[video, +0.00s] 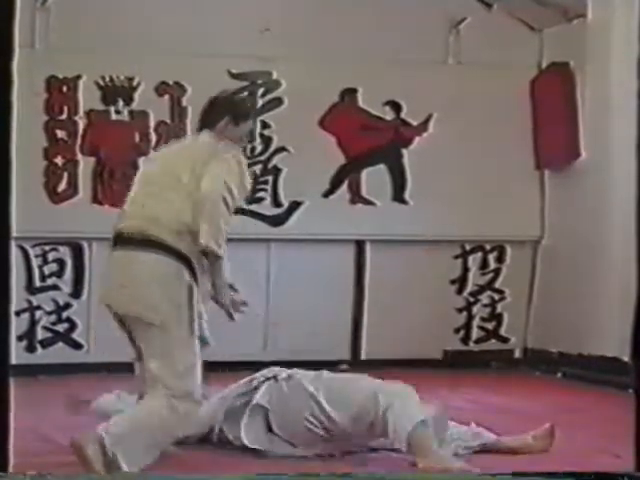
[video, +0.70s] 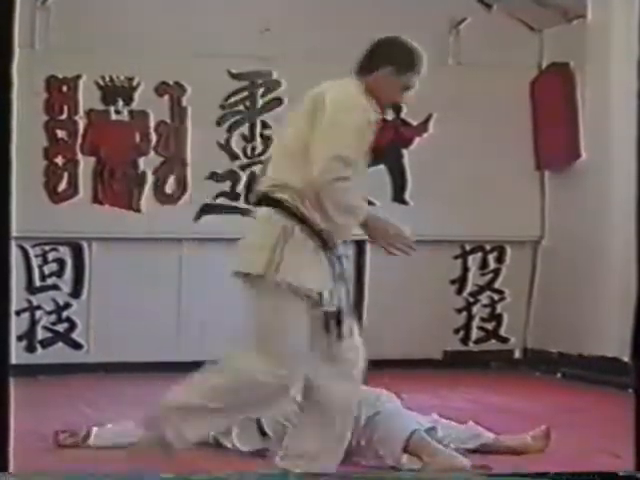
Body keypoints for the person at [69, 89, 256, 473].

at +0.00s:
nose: (248, 141)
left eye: (251, 133)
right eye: (247, 131)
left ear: (209, 122)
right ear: (229, 124)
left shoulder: (169, 153)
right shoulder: (226, 156)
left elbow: (170, 223)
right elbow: (213, 199)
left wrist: (215, 286)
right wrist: (219, 281)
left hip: (119, 270)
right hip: (160, 274)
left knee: (157, 380)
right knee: (182, 399)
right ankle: (108, 444)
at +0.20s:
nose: (288, 117)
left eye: (293, 109)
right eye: (289, 106)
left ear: (261, 92)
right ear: (265, 92)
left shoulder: (218, 116)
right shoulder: (237, 123)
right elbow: (194, 181)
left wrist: (206, 245)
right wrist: (217, 251)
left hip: (138, 238)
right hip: (160, 244)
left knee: (155, 362)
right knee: (197, 368)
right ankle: (103, 454)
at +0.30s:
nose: (301, 112)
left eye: (306, 104)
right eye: (302, 100)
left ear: (275, 87)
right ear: (279, 86)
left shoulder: (238, 117)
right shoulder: (240, 119)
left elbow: (204, 191)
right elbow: (202, 189)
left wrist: (234, 249)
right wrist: (236, 250)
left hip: (161, 244)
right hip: (167, 248)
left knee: (178, 368)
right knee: (182, 371)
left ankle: (134, 446)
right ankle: (102, 456)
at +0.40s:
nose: (321, 108)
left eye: (327, 100)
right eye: (323, 96)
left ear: (295, 79)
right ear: (302, 79)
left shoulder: (258, 112)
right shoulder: (256, 114)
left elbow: (239, 199)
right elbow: (236, 199)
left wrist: (282, 234)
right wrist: (287, 236)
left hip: (201, 250)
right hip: (185, 248)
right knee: (182, 380)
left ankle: (188, 436)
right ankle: (95, 457)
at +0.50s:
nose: (345, 103)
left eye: (350, 94)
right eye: (346, 90)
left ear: (318, 75)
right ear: (323, 74)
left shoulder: (276, 103)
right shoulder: (283, 108)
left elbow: (261, 198)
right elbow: (269, 195)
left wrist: (316, 220)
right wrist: (320, 216)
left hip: (229, 248)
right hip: (207, 244)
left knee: (273, 332)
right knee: (188, 369)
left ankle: (241, 436)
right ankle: (101, 453)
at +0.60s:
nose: (379, 95)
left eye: (384, 87)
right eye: (379, 84)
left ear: (350, 71)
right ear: (357, 71)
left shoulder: (310, 95)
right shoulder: (328, 103)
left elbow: (299, 177)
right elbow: (308, 180)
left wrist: (343, 203)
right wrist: (354, 216)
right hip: (252, 237)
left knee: (314, 345)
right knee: (222, 355)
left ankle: (304, 457)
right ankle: (118, 441)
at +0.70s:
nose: (404, 98)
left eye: (408, 89)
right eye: (404, 86)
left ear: (378, 74)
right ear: (382, 73)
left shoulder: (343, 101)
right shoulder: (347, 101)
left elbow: (327, 180)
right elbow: (331, 178)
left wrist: (364, 220)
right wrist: (371, 221)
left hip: (314, 247)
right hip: (284, 240)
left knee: (342, 360)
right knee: (277, 370)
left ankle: (303, 464)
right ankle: (167, 424)